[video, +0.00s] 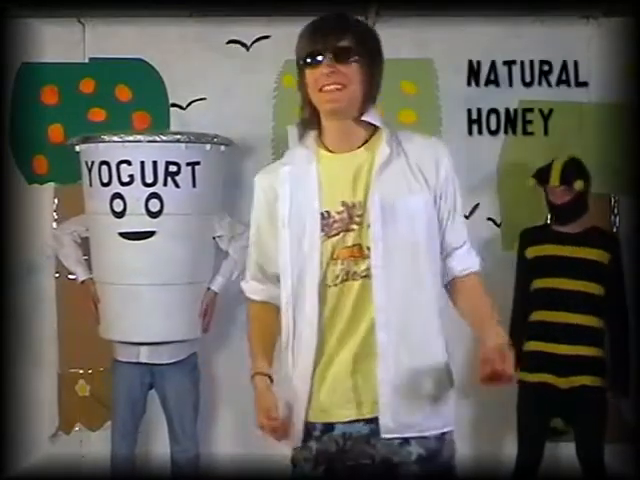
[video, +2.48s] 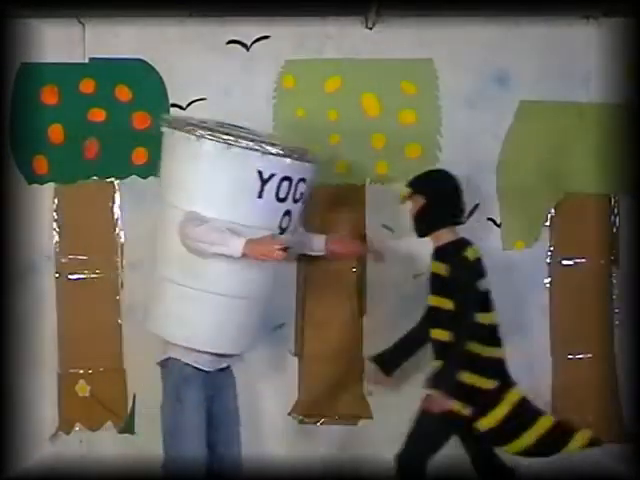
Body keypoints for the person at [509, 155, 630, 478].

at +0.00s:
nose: (555, 196)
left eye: (563, 188)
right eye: (550, 188)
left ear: (581, 189)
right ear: (543, 191)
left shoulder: (606, 243)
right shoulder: (530, 239)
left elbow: (617, 311)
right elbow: (521, 302)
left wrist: (619, 372)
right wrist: (514, 352)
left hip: (586, 370)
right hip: (536, 368)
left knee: (591, 460)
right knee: (527, 458)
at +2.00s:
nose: (508, 199)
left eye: (514, 190)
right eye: (506, 191)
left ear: (536, 191)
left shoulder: (573, 246)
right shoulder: (517, 247)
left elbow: (585, 317)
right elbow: (508, 313)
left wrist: (572, 377)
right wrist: (494, 369)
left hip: (565, 378)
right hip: (524, 377)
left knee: (575, 461)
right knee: (537, 463)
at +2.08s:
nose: (496, 201)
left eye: (502, 191)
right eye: (495, 192)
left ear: (523, 193)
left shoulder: (558, 246)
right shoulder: (510, 248)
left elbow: (573, 319)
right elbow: (499, 317)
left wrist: (567, 381)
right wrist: (481, 372)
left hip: (549, 382)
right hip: (516, 380)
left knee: (549, 468)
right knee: (539, 467)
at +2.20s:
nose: (471, 202)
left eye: (476, 192)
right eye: (471, 193)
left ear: (497, 195)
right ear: (501, 198)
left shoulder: (529, 250)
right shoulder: (502, 250)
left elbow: (549, 318)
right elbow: (485, 318)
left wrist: (548, 377)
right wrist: (459, 369)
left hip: (530, 380)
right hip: (509, 377)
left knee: (503, 456)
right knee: (533, 461)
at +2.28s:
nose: (454, 206)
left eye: (460, 196)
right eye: (455, 196)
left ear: (481, 199)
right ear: (484, 202)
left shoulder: (513, 255)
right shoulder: (489, 253)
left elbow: (533, 323)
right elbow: (472, 316)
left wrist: (531, 379)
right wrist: (443, 366)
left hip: (512, 383)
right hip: (497, 380)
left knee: (474, 457)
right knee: (530, 464)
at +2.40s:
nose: (428, 205)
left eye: (433, 197)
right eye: (429, 197)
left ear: (452, 202)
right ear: (454, 204)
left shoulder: (478, 255)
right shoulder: (466, 254)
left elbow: (494, 325)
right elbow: (449, 320)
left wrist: (481, 383)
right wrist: (410, 364)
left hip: (482, 383)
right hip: (482, 380)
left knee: (438, 461)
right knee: (511, 464)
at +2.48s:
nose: (409, 209)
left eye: (414, 200)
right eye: (410, 201)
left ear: (433, 204)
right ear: (442, 205)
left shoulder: (456, 256)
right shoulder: (445, 254)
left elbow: (462, 331)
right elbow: (432, 320)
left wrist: (443, 385)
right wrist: (387, 361)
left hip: (467, 378)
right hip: (467, 376)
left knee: (409, 461)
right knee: (484, 459)